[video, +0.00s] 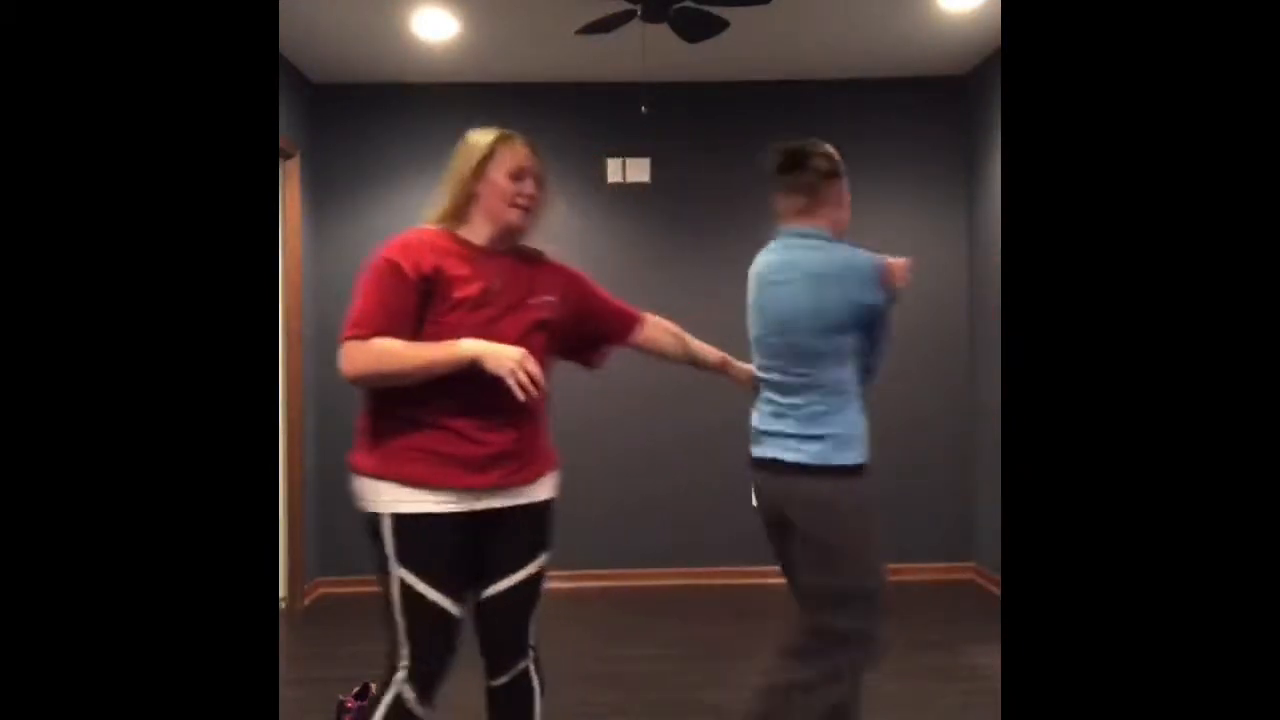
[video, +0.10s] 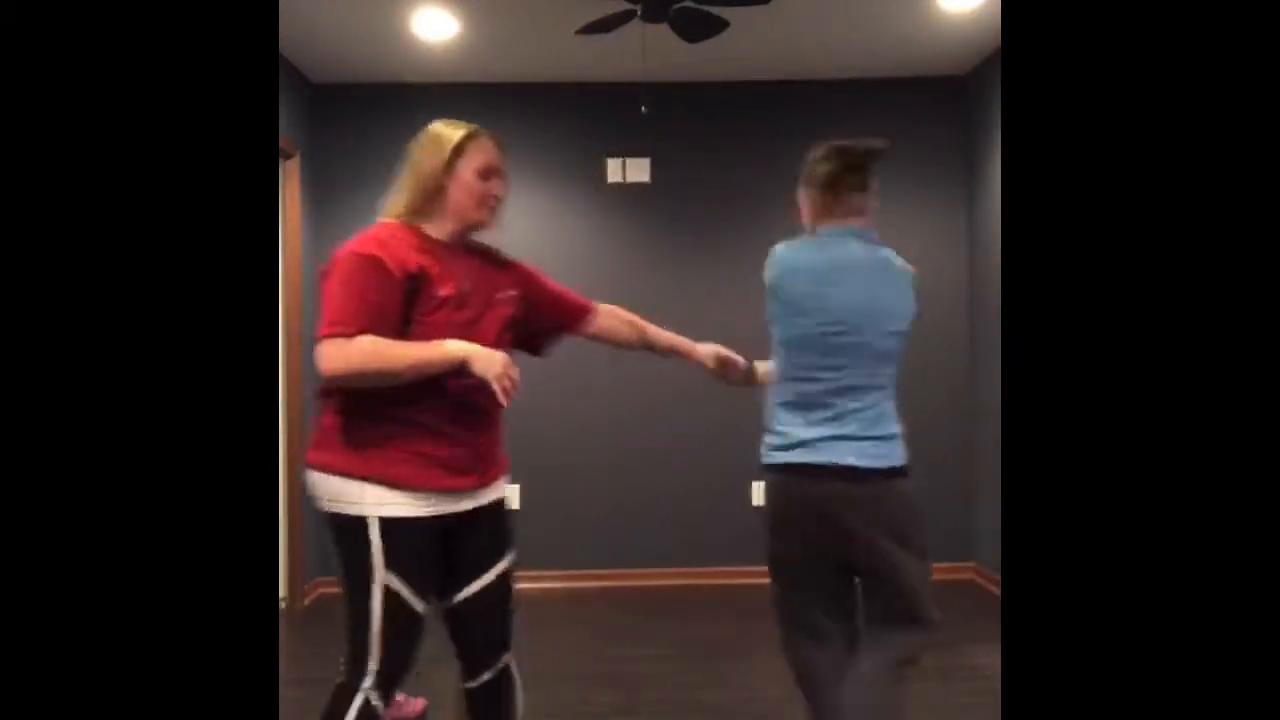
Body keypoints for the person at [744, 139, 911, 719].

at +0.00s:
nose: (849, 208)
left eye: (846, 196)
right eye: (846, 196)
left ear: (781, 201)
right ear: (833, 198)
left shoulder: (763, 265)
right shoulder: (861, 269)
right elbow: (868, 366)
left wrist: (877, 282)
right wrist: (887, 295)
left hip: (771, 475)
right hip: (831, 481)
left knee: (824, 624)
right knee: (849, 629)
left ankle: (830, 712)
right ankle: (774, 711)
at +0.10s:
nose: (799, 207)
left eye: (801, 198)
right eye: (801, 198)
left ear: (807, 203)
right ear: (868, 204)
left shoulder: (782, 263)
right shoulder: (899, 274)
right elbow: (854, 355)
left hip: (796, 480)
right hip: (876, 480)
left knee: (815, 634)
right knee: (900, 624)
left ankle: (837, 714)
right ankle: (855, 705)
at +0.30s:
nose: (816, 200)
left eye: (831, 189)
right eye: (816, 188)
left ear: (879, 193)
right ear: (869, 197)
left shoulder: (872, 248)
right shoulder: (887, 249)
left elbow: (778, 305)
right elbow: (794, 343)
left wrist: (799, 274)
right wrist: (713, 325)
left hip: (870, 469)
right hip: (916, 465)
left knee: (837, 629)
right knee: (897, 626)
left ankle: (833, 710)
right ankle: (915, 713)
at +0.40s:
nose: (819, 201)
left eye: (834, 189)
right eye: (817, 189)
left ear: (880, 195)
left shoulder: (905, 259)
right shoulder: (833, 272)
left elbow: (858, 335)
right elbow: (776, 349)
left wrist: (795, 308)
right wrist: (701, 322)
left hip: (897, 467)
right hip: (862, 464)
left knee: (824, 611)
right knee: (879, 614)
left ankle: (828, 711)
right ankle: (920, 714)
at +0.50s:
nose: (804, 200)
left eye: (820, 187)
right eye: (799, 188)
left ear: (861, 196)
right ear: (794, 194)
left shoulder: (889, 261)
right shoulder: (794, 281)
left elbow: (949, 347)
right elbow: (758, 366)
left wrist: (848, 379)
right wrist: (678, 340)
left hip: (880, 473)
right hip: (827, 472)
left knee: (816, 624)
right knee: (868, 624)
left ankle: (812, 716)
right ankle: (915, 715)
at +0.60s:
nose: (780, 200)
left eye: (797, 187)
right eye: (772, 188)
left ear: (833, 198)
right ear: (763, 199)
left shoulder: (865, 269)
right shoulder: (750, 288)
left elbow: (952, 356)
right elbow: (734, 390)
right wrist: (651, 365)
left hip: (856, 486)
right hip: (781, 485)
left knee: (809, 652)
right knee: (786, 642)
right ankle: (901, 709)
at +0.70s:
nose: (760, 193)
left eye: (774, 181)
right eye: (748, 181)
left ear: (800, 194)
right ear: (729, 194)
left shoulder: (843, 271)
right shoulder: (706, 288)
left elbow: (905, 373)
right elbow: (701, 400)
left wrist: (901, 480)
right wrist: (610, 415)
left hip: (838, 497)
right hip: (743, 493)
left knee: (809, 668)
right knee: (723, 660)